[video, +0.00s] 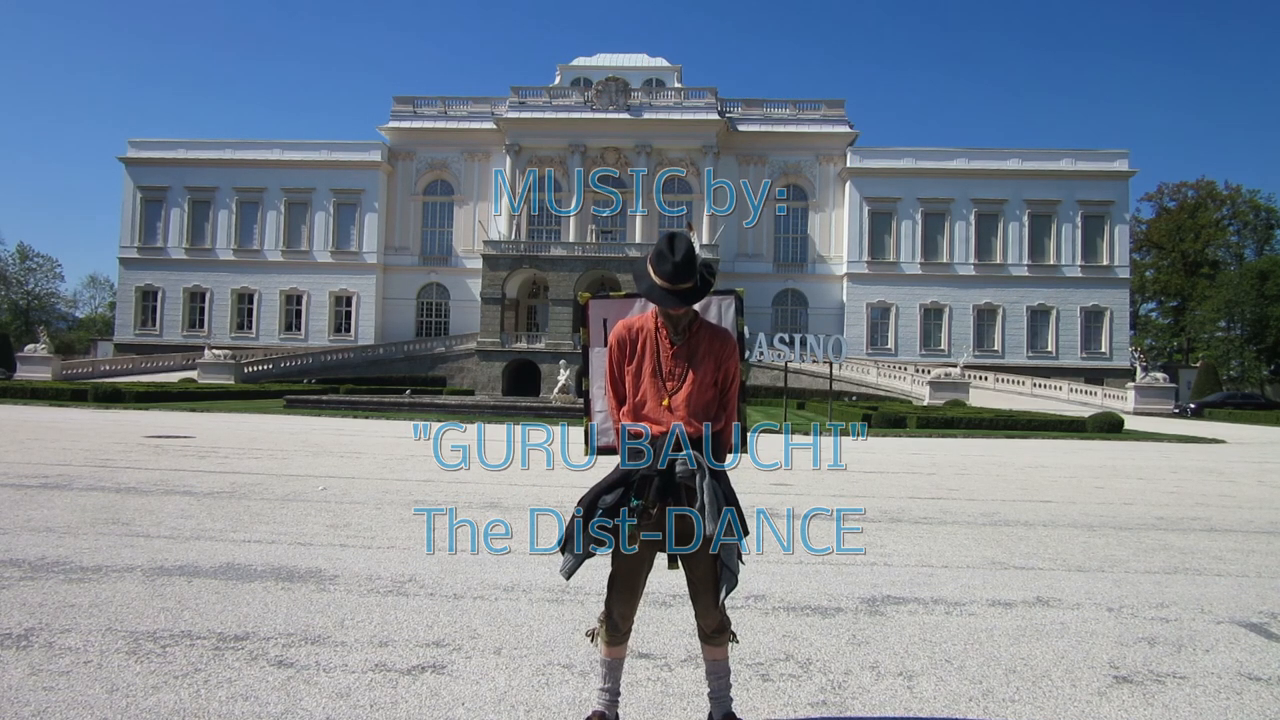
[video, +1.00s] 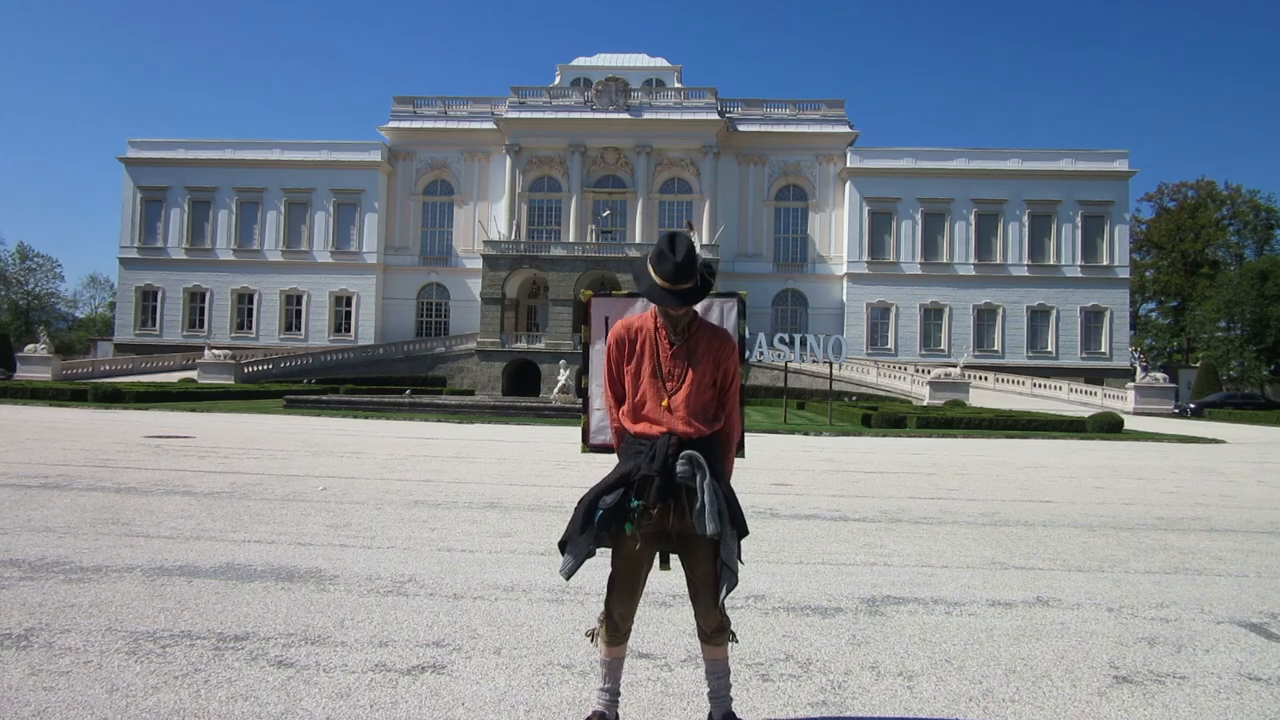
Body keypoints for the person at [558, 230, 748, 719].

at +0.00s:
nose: (676, 308)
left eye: (684, 299)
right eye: (668, 299)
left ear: (698, 293)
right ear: (652, 290)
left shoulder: (722, 343)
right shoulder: (625, 336)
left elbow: (728, 426)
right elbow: (616, 414)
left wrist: (694, 443)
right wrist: (648, 440)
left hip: (698, 490)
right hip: (640, 486)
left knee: (709, 603)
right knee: (621, 600)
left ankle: (721, 704)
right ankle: (607, 700)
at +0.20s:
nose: (676, 308)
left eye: (684, 299)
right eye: (667, 299)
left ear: (698, 292)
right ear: (652, 289)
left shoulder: (722, 343)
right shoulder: (625, 335)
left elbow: (727, 424)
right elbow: (618, 417)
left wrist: (699, 462)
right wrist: (656, 454)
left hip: (699, 489)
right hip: (641, 486)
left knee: (709, 604)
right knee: (622, 601)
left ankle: (721, 705)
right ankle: (607, 700)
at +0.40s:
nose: (677, 307)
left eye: (685, 298)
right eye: (668, 299)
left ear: (698, 293)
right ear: (653, 290)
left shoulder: (722, 343)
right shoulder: (625, 336)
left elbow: (726, 425)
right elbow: (618, 415)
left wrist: (698, 469)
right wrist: (655, 457)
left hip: (699, 488)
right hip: (640, 485)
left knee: (709, 605)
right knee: (620, 603)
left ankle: (721, 705)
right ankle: (607, 701)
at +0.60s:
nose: (677, 307)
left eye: (685, 298)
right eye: (668, 298)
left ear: (698, 292)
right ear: (653, 290)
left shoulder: (722, 343)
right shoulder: (625, 336)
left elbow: (726, 425)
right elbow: (618, 415)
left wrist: (699, 469)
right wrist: (655, 457)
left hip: (699, 488)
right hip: (640, 485)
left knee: (709, 605)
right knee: (620, 604)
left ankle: (721, 705)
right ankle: (607, 701)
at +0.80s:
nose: (677, 307)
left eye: (685, 298)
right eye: (668, 298)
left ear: (698, 292)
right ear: (653, 290)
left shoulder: (722, 343)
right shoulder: (625, 336)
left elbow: (726, 425)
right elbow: (618, 416)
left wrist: (698, 469)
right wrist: (654, 458)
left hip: (699, 488)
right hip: (640, 485)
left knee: (710, 605)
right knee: (620, 603)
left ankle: (721, 705)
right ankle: (607, 701)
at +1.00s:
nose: (677, 308)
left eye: (685, 300)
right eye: (668, 300)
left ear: (698, 293)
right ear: (653, 291)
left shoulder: (721, 344)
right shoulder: (624, 336)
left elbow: (729, 426)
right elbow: (617, 416)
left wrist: (718, 490)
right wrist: (643, 465)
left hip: (699, 490)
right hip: (639, 488)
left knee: (709, 606)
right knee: (620, 604)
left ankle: (721, 705)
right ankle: (607, 701)